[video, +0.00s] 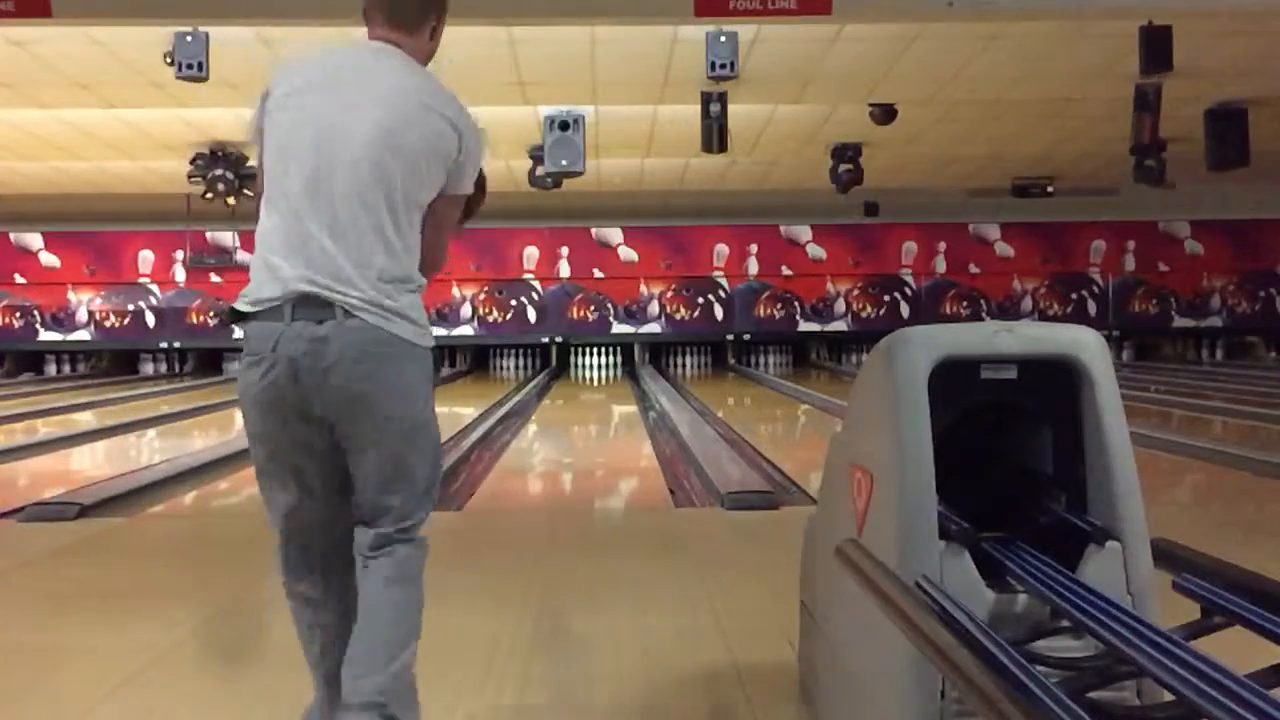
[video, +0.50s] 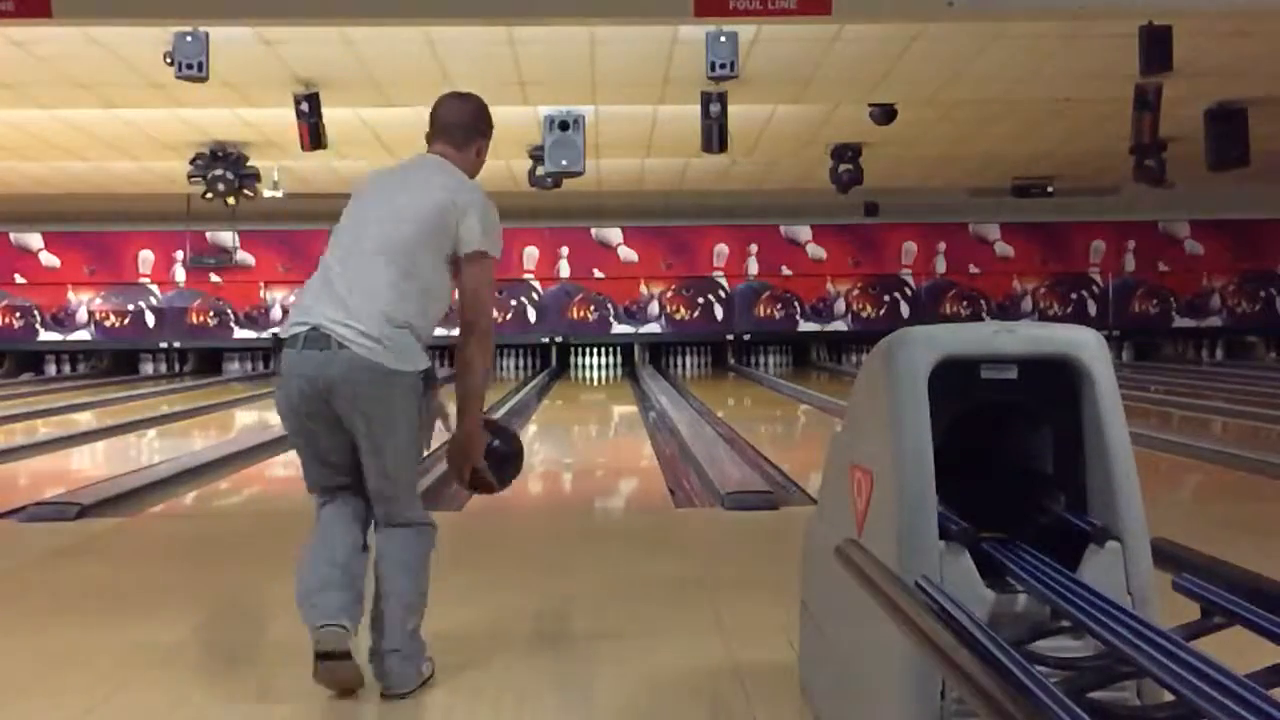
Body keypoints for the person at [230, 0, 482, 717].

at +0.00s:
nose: (437, 43)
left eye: (433, 30)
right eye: (438, 31)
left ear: (365, 18)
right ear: (433, 30)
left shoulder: (285, 83)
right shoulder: (449, 116)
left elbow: (270, 196)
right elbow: (428, 259)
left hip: (268, 343)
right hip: (376, 349)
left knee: (308, 545)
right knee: (389, 535)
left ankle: (334, 706)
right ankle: (371, 708)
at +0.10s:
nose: (444, 63)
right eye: (447, 53)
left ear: (373, 37)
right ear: (441, 52)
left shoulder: (302, 97)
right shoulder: (453, 137)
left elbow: (299, 196)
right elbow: (437, 266)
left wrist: (426, 226)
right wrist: (459, 241)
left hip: (272, 341)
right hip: (378, 346)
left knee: (308, 544)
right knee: (393, 510)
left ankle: (333, 710)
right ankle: (397, 678)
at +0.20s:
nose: (449, 92)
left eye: (446, 82)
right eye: (452, 81)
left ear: (382, 66)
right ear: (447, 79)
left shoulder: (314, 122)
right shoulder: (448, 155)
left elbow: (312, 219)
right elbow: (452, 273)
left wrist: (426, 256)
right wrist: (478, 300)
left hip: (274, 350)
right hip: (375, 354)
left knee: (316, 542)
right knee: (398, 520)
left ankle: (339, 710)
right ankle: (413, 695)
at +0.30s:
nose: (457, 119)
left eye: (455, 109)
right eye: (461, 110)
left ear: (394, 96)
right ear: (455, 107)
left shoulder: (331, 150)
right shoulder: (454, 180)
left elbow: (339, 250)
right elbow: (476, 296)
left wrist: (420, 299)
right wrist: (481, 355)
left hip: (279, 359)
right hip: (373, 366)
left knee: (325, 540)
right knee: (400, 516)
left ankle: (339, 706)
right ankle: (401, 666)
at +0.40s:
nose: (469, 142)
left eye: (469, 132)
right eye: (474, 132)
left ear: (411, 118)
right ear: (470, 130)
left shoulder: (354, 171)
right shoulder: (462, 195)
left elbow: (360, 277)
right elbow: (481, 314)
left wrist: (434, 344)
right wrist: (482, 402)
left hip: (291, 364)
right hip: (377, 370)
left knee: (330, 514)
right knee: (400, 516)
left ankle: (322, 652)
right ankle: (399, 670)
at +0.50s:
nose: (486, 157)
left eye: (486, 148)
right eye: (488, 147)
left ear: (428, 135)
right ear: (481, 144)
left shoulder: (374, 184)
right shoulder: (468, 198)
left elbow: (367, 289)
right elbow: (477, 325)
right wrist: (468, 429)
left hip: (302, 359)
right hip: (377, 368)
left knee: (339, 497)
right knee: (401, 517)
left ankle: (330, 626)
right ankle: (398, 665)